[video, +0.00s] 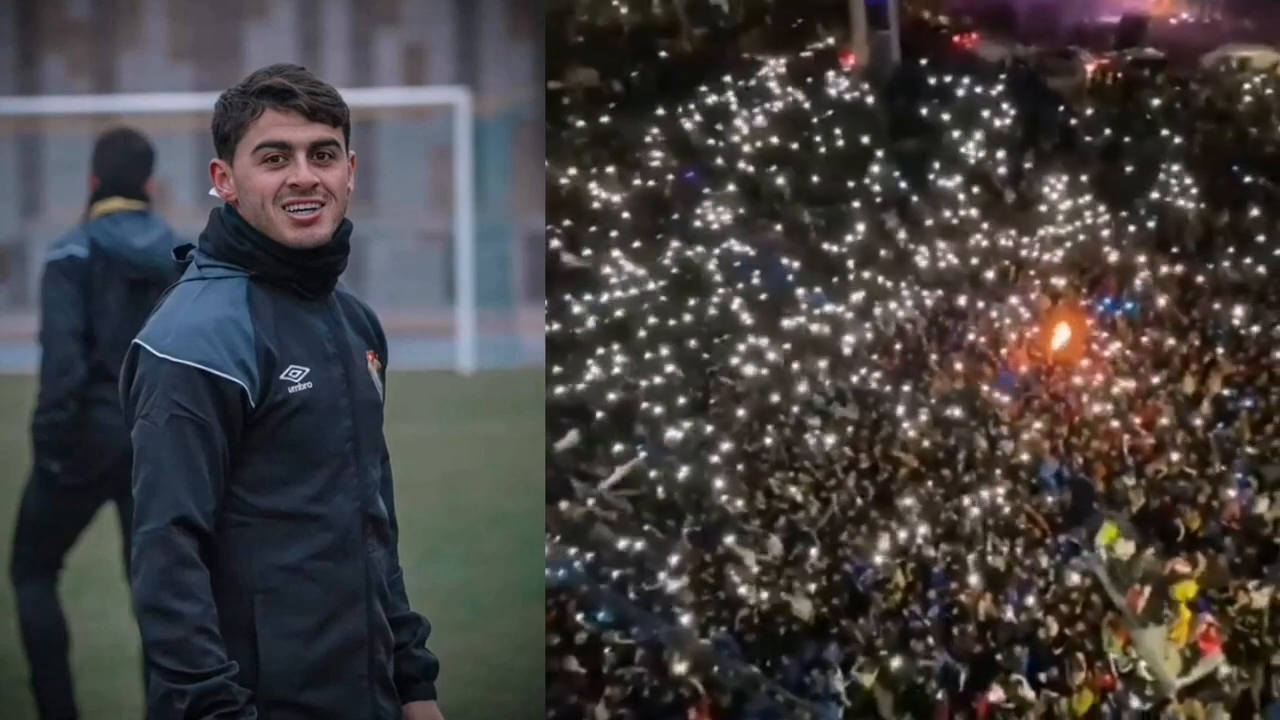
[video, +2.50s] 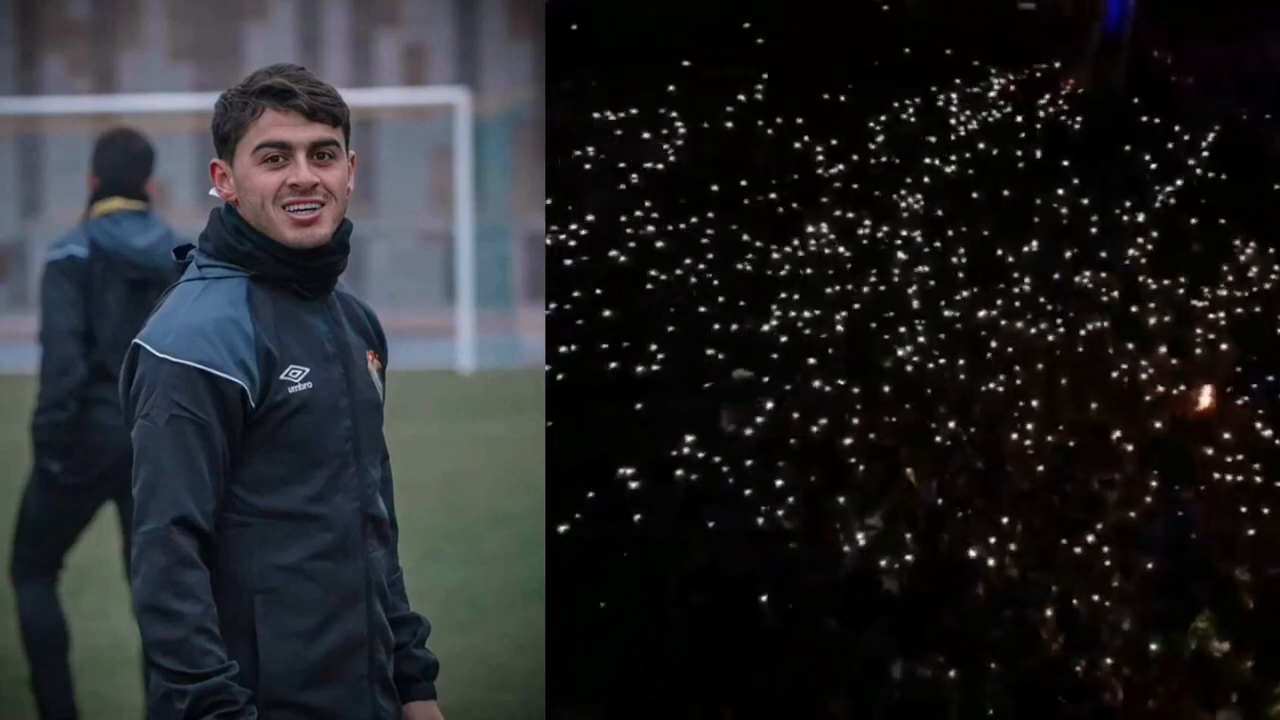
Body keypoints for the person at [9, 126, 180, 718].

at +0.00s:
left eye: (92, 173)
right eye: (150, 178)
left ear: (94, 180)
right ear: (152, 185)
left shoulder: (73, 254)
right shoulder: (178, 255)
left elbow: (65, 363)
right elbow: (191, 352)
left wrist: (51, 442)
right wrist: (175, 429)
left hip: (87, 449)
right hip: (158, 448)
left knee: (34, 570)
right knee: (157, 580)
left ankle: (57, 707)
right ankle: (167, 704)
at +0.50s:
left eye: (92, 173)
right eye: (150, 178)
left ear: (94, 180)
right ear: (152, 185)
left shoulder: (73, 254)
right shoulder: (178, 255)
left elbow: (65, 363)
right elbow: (191, 352)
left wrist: (51, 442)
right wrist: (175, 429)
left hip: (87, 449)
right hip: (158, 448)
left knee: (34, 570)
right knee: (157, 580)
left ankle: (57, 707)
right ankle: (167, 704)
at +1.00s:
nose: (95, 182)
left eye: (92, 173)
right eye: (150, 178)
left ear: (94, 180)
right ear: (152, 185)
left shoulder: (73, 254)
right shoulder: (178, 255)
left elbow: (65, 363)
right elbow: (191, 352)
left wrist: (51, 442)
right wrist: (175, 429)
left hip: (87, 449)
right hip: (158, 448)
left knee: (34, 570)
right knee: (157, 580)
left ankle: (57, 707)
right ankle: (167, 704)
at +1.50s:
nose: (96, 182)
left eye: (92, 173)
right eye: (150, 178)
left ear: (94, 180)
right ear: (152, 185)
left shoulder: (73, 254)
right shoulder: (178, 255)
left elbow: (65, 363)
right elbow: (191, 352)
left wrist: (51, 442)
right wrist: (175, 429)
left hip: (87, 449)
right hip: (158, 447)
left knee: (34, 570)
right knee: (157, 580)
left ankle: (57, 707)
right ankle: (167, 704)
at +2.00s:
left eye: (92, 174)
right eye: (150, 178)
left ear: (94, 180)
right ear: (152, 185)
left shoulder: (73, 254)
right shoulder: (178, 255)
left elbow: (65, 363)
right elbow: (190, 351)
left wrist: (51, 441)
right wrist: (175, 428)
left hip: (87, 448)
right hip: (158, 447)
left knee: (33, 569)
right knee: (157, 580)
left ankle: (56, 707)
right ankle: (167, 704)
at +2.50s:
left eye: (92, 173)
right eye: (150, 178)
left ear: (94, 180)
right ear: (152, 185)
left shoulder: (73, 254)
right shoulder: (178, 255)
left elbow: (65, 363)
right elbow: (191, 352)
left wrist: (51, 442)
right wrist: (175, 429)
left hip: (87, 449)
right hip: (158, 448)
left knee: (34, 570)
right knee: (157, 580)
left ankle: (57, 707)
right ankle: (167, 704)